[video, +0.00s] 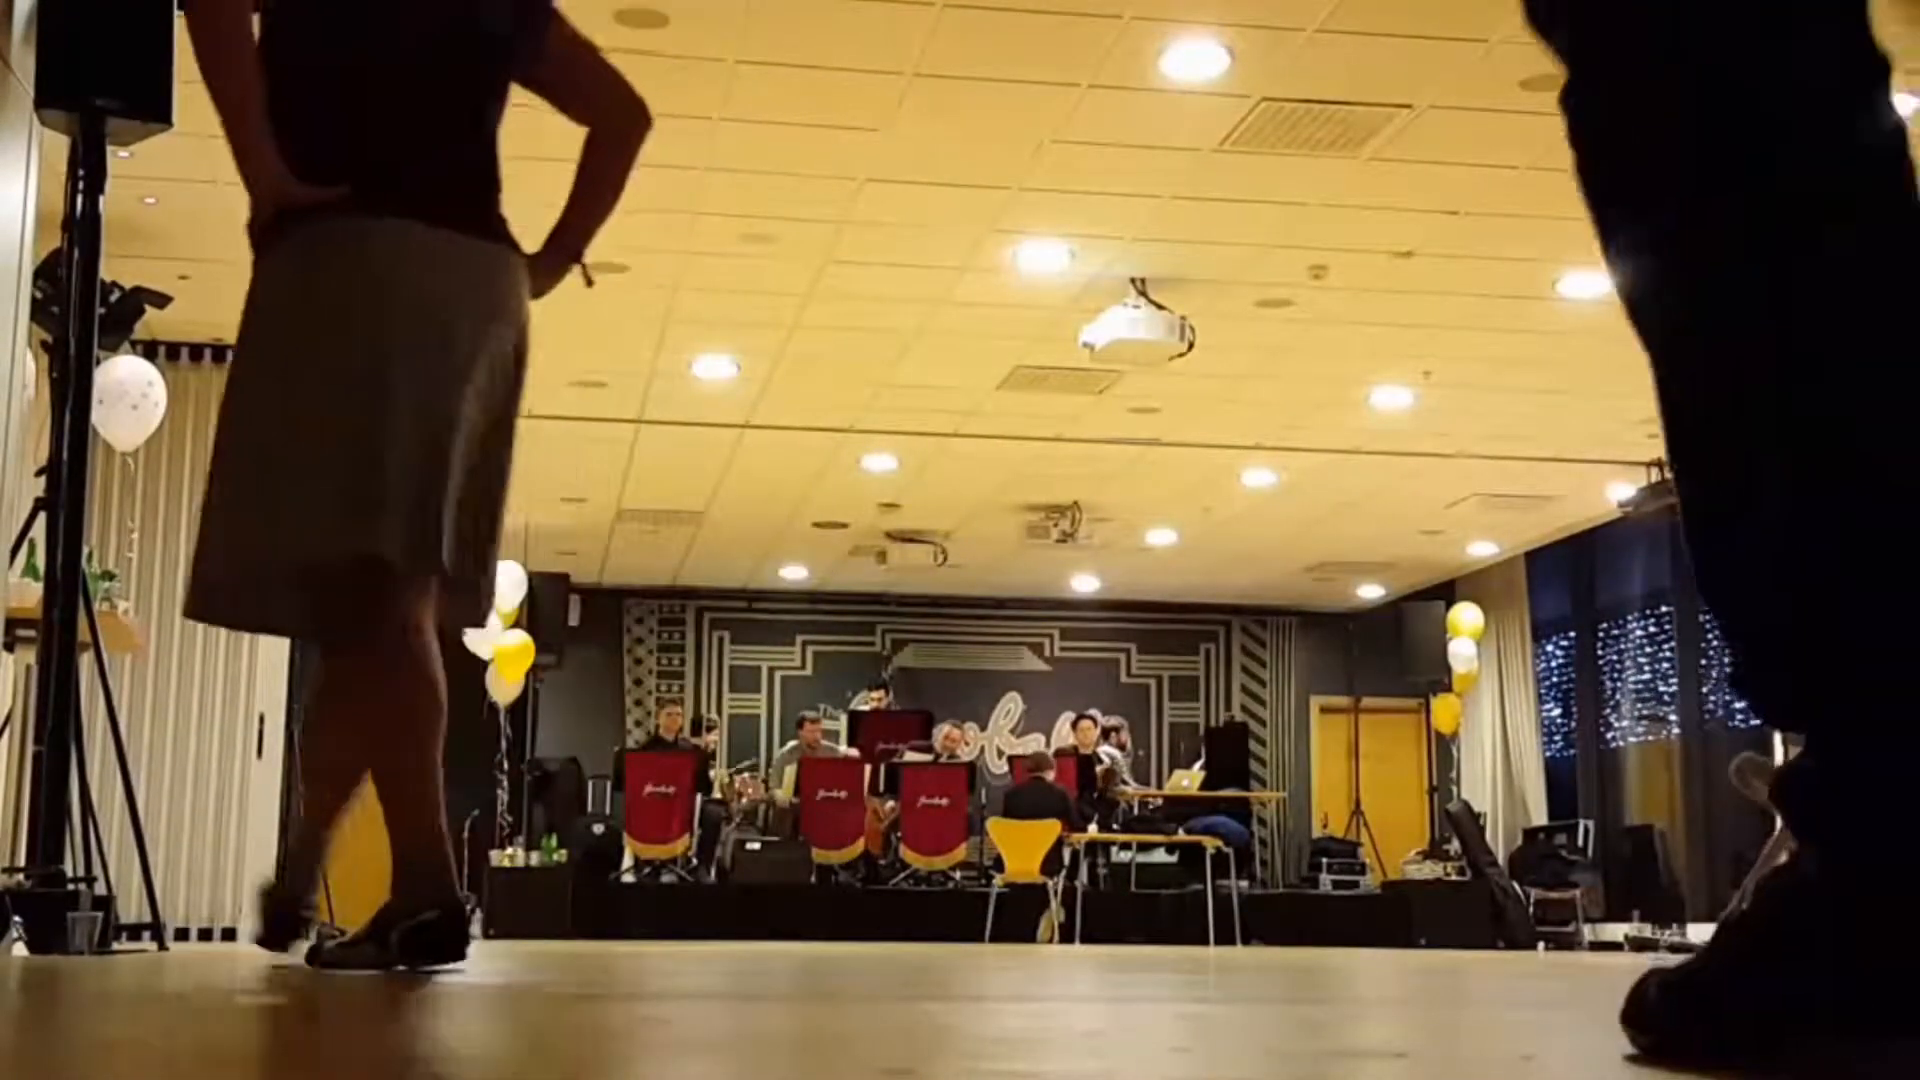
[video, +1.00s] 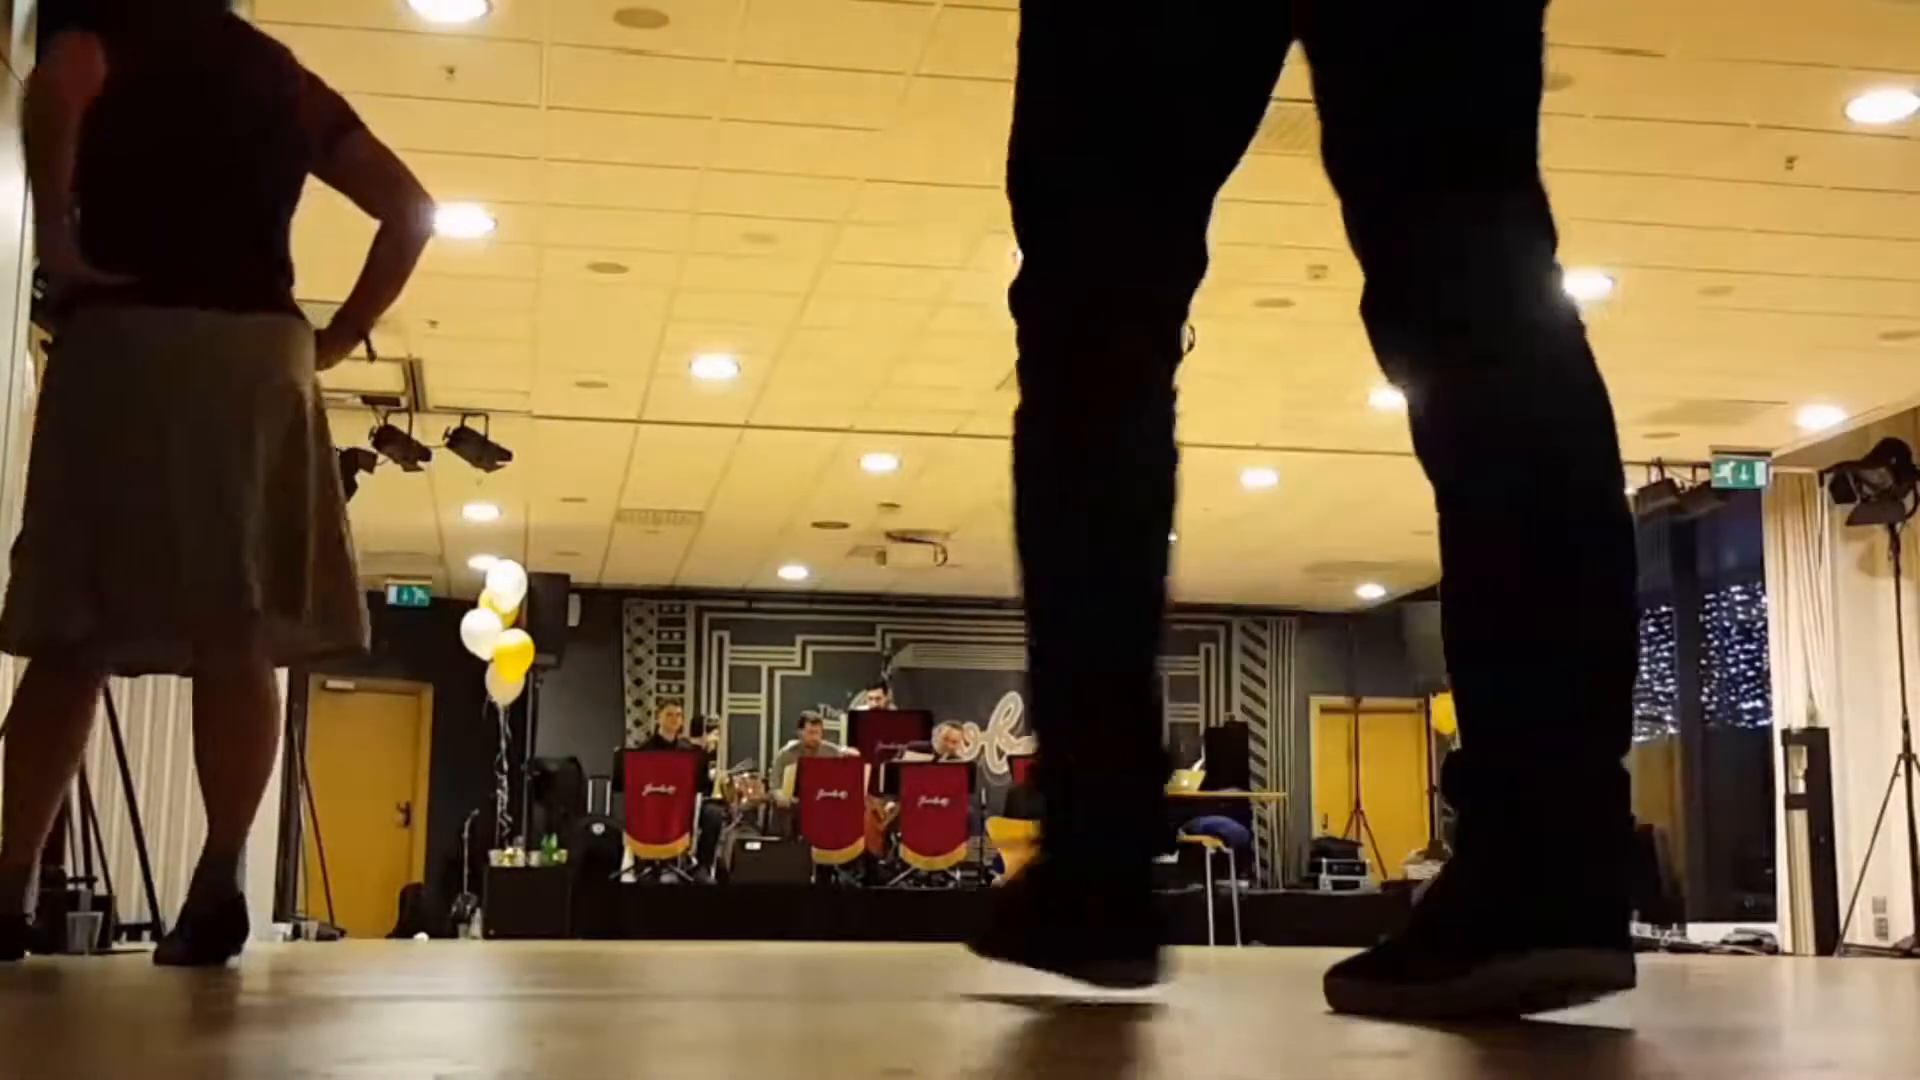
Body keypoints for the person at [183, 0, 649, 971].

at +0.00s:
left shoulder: (278, 9)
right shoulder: (491, 10)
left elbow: (212, 9)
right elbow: (623, 114)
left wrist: (262, 170)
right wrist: (551, 260)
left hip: (347, 262)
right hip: (478, 274)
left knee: (375, 591)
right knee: (400, 592)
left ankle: (428, 894)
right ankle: (301, 868)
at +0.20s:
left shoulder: (260, 12)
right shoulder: (440, 26)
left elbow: (200, 16)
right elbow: (561, 164)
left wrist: (237, 188)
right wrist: (480, 294)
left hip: (300, 281)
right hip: (420, 292)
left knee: (339, 589)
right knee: (331, 603)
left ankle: (419, 876)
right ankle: (241, 895)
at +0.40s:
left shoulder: (228, 12)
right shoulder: (391, 38)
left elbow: (207, 17)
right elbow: (507, 190)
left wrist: (196, 198)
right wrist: (419, 295)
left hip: (243, 301)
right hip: (362, 316)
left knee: (200, 591)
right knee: (292, 614)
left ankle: (340, 820)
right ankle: (224, 900)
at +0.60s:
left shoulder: (192, 4)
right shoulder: (341, 40)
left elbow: (193, 48)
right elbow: (463, 205)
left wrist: (170, 215)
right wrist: (378, 316)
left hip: (208, 319)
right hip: (326, 327)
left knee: (97, 604)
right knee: (269, 627)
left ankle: (186, 843)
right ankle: (222, 901)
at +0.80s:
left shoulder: (159, 13)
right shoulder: (315, 62)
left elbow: (148, 73)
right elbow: (437, 219)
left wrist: (124, 236)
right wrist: (359, 328)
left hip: (164, 337)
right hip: (298, 351)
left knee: (84, 630)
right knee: (260, 640)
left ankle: (32, 889)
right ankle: (223, 901)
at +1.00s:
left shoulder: (95, 18)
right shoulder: (276, 70)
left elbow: (59, 90)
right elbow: (411, 211)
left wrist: (57, 241)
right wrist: (340, 332)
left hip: (123, 354)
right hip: (263, 359)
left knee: (70, 644)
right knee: (238, 643)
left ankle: (9, 893)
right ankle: (220, 887)